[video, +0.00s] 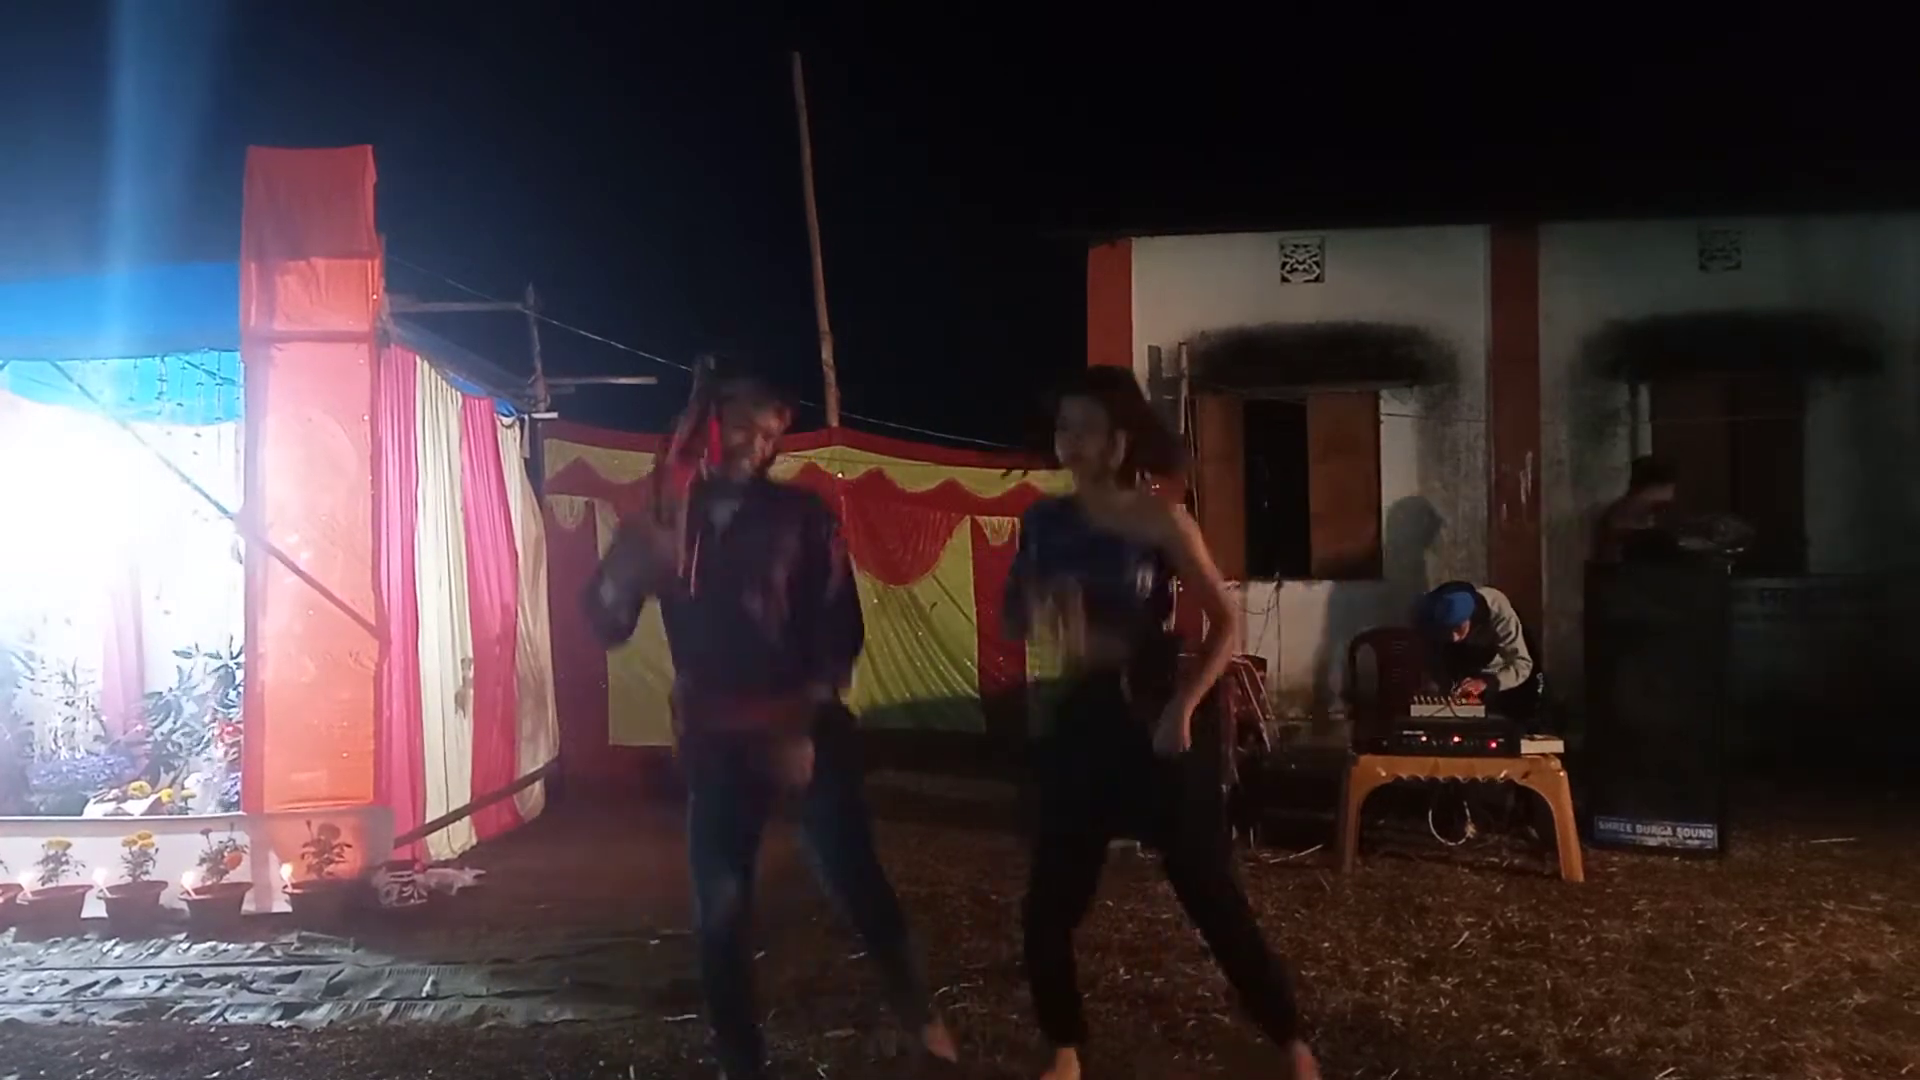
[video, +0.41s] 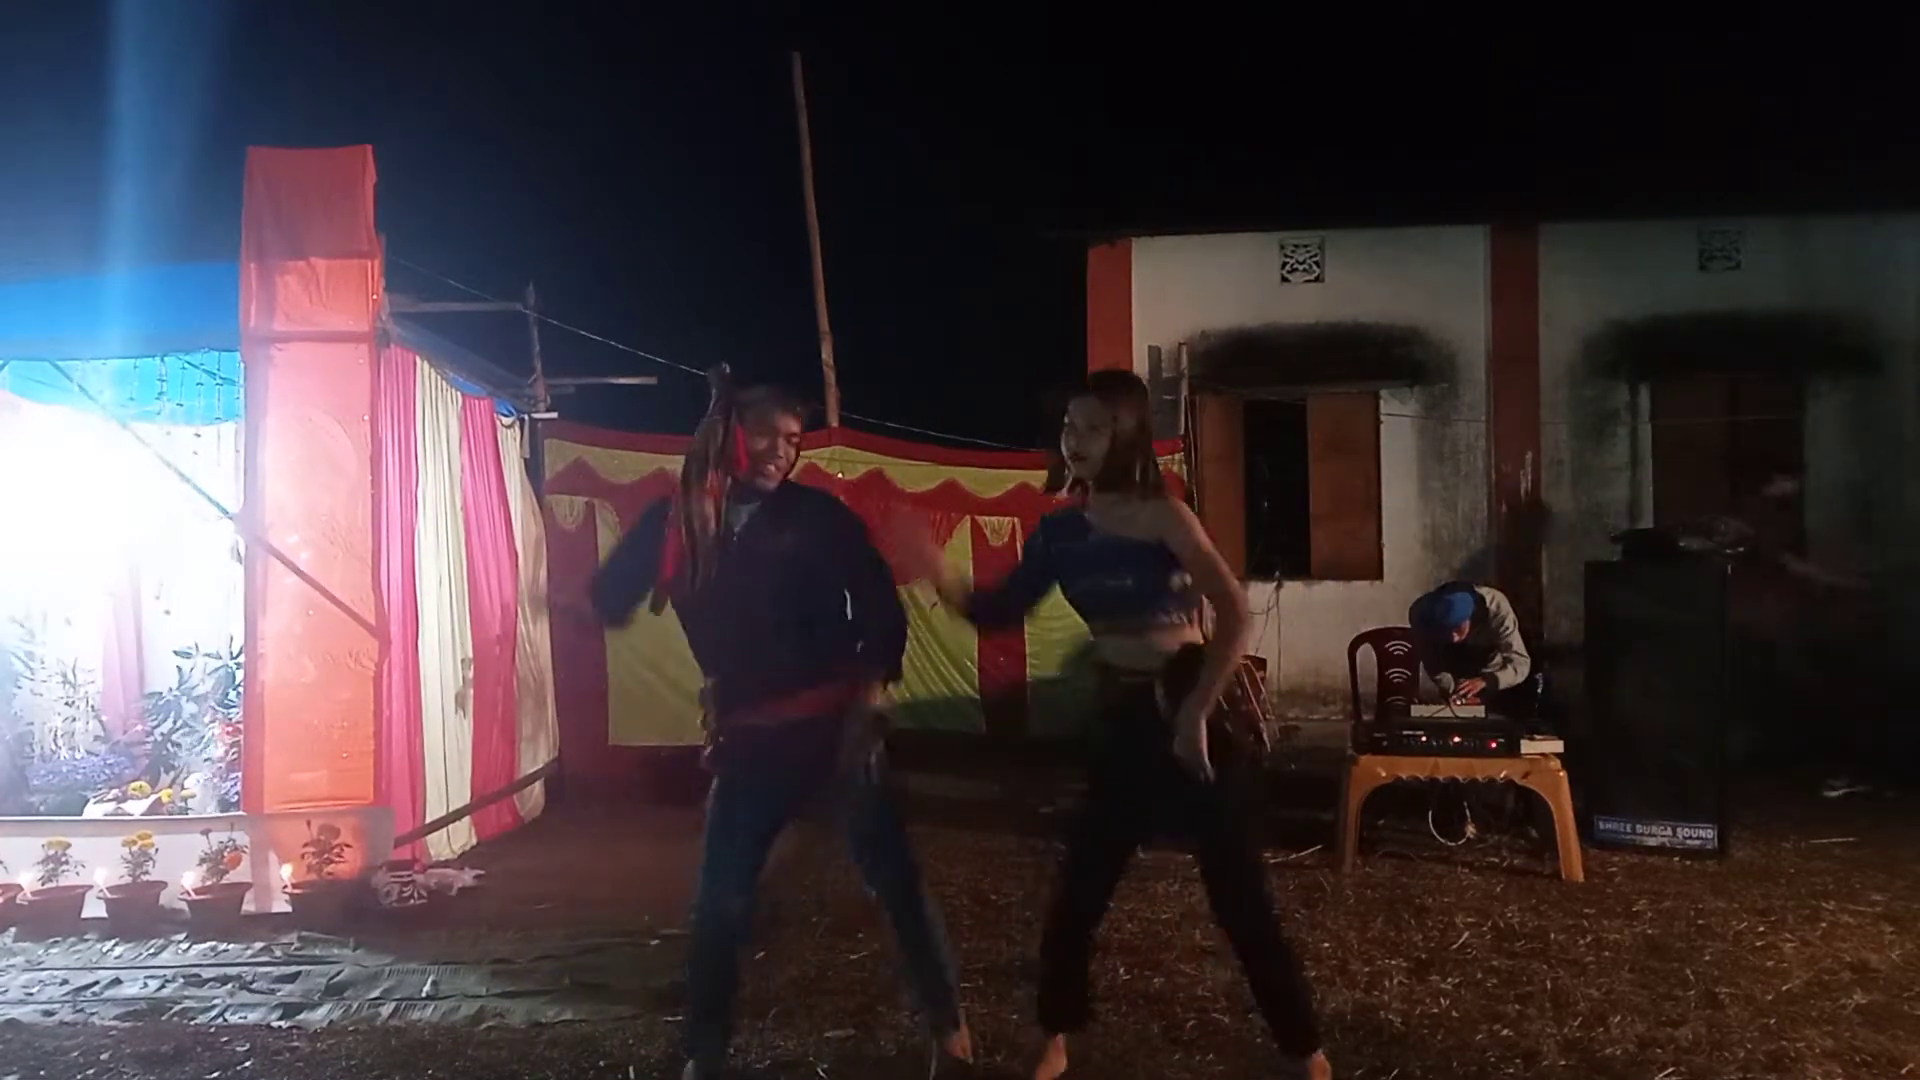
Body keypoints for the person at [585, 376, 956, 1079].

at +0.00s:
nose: (754, 444)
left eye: (768, 432)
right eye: (742, 427)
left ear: (782, 438)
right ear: (712, 425)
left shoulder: (807, 518)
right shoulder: (670, 518)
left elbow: (839, 630)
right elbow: (609, 626)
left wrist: (807, 723)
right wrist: (628, 564)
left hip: (805, 724)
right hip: (717, 736)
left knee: (855, 880)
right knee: (720, 907)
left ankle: (922, 1016)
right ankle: (738, 1058)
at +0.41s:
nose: (779, 455)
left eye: (790, 443)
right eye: (766, 440)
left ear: (798, 446)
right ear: (729, 437)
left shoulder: (822, 516)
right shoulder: (680, 520)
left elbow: (882, 604)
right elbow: (610, 601)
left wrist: (875, 688)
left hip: (838, 729)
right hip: (749, 741)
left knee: (896, 884)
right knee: (720, 908)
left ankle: (949, 1028)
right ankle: (703, 1059)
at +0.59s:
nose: (778, 464)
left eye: (787, 450)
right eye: (764, 447)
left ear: (791, 457)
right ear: (725, 448)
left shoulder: (814, 544)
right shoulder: (669, 542)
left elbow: (841, 648)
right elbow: (622, 643)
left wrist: (849, 732)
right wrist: (664, 693)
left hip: (789, 761)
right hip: (699, 764)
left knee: (848, 900)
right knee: (685, 925)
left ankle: (917, 1019)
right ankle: (692, 1062)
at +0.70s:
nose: (773, 429)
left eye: (782, 416)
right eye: (760, 411)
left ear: (787, 427)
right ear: (720, 415)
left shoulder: (803, 512)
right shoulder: (661, 500)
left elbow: (836, 604)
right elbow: (618, 592)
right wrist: (688, 586)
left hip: (771, 733)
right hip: (678, 736)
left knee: (819, 882)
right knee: (673, 897)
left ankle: (852, 1029)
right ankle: (670, 1049)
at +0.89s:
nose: (717, 436)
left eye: (741, 424)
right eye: (713, 423)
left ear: (771, 439)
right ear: (703, 428)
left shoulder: (790, 520)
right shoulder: (671, 500)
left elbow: (855, 613)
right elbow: (662, 586)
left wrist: (803, 546)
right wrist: (742, 549)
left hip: (738, 740)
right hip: (655, 737)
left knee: (765, 903)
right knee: (630, 903)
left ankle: (766, 1059)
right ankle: (569, 1058)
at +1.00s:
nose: (770, 462)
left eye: (772, 451)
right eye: (753, 448)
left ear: (771, 466)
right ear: (707, 455)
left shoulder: (777, 560)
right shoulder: (684, 531)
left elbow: (828, 655)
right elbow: (693, 622)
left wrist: (817, 678)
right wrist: (791, 662)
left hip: (706, 770)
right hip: (627, 763)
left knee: (762, 912)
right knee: (594, 933)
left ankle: (767, 1064)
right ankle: (537, 1067)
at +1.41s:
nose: (745, 479)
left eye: (753, 464)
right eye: (726, 462)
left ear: (763, 476)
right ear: (685, 472)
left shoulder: (767, 566)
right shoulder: (643, 569)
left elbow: (796, 659)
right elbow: (633, 694)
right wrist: (740, 691)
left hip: (714, 781)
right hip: (630, 780)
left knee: (771, 918)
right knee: (598, 943)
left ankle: (780, 1062)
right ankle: (536, 1066)